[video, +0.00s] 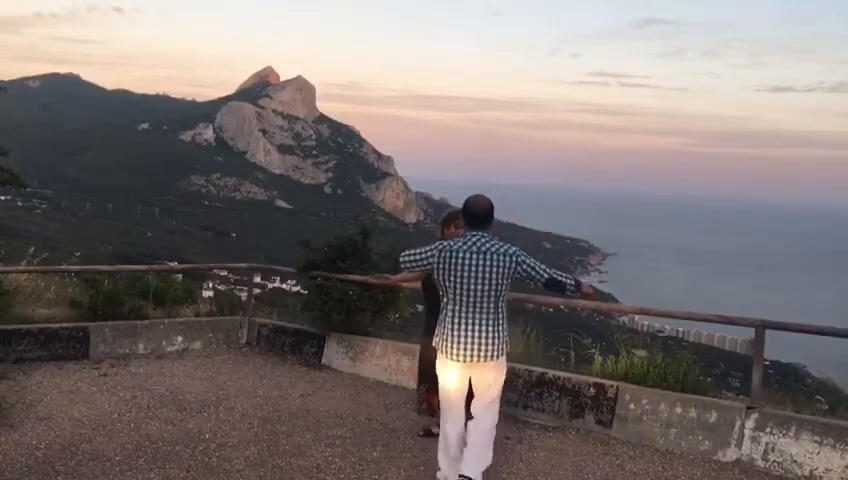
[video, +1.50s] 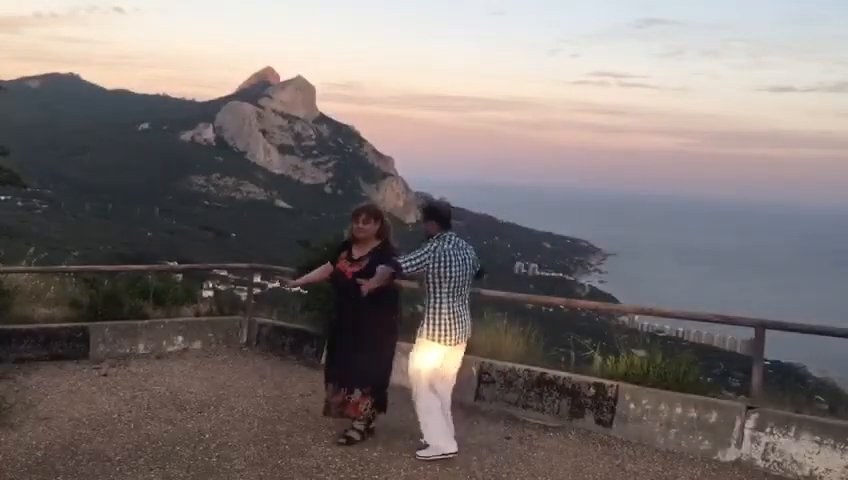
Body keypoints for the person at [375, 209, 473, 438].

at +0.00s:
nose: (459, 233)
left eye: (462, 228)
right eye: (455, 228)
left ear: (464, 229)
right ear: (444, 230)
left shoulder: (468, 256)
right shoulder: (438, 253)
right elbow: (422, 275)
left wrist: (397, 278)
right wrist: (396, 278)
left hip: (457, 325)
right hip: (435, 326)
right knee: (432, 371)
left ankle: (443, 418)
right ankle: (434, 418)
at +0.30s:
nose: (439, 233)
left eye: (444, 228)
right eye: (434, 227)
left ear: (453, 231)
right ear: (425, 231)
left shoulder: (458, 260)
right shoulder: (415, 260)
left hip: (447, 325)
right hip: (419, 325)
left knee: (440, 371)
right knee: (412, 366)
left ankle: (431, 417)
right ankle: (411, 415)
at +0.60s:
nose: (420, 229)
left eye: (425, 224)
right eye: (415, 225)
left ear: (434, 228)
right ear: (408, 229)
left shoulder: (442, 255)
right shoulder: (396, 255)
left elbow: (451, 291)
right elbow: (383, 274)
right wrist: (373, 271)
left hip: (431, 322)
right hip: (400, 321)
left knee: (423, 368)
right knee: (396, 366)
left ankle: (416, 418)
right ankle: (402, 416)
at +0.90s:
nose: (401, 227)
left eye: (406, 223)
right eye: (396, 223)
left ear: (415, 227)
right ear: (388, 227)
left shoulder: (425, 255)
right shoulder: (377, 253)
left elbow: (439, 281)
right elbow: (356, 265)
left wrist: (429, 304)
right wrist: (331, 272)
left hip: (411, 325)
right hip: (380, 323)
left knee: (405, 373)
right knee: (373, 371)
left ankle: (406, 424)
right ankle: (368, 420)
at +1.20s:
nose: (381, 229)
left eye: (386, 224)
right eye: (376, 224)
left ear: (396, 228)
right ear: (368, 228)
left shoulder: (404, 254)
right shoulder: (358, 253)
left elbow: (414, 279)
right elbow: (336, 267)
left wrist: (398, 291)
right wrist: (308, 276)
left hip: (388, 321)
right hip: (360, 318)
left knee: (381, 366)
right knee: (358, 366)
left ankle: (379, 416)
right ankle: (362, 418)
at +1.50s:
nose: (360, 226)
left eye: (366, 222)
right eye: (357, 222)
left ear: (378, 227)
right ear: (352, 225)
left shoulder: (385, 253)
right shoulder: (345, 252)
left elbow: (384, 274)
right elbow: (325, 270)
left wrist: (371, 284)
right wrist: (297, 282)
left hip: (375, 324)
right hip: (347, 320)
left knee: (368, 370)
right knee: (348, 367)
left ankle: (360, 423)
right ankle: (364, 416)